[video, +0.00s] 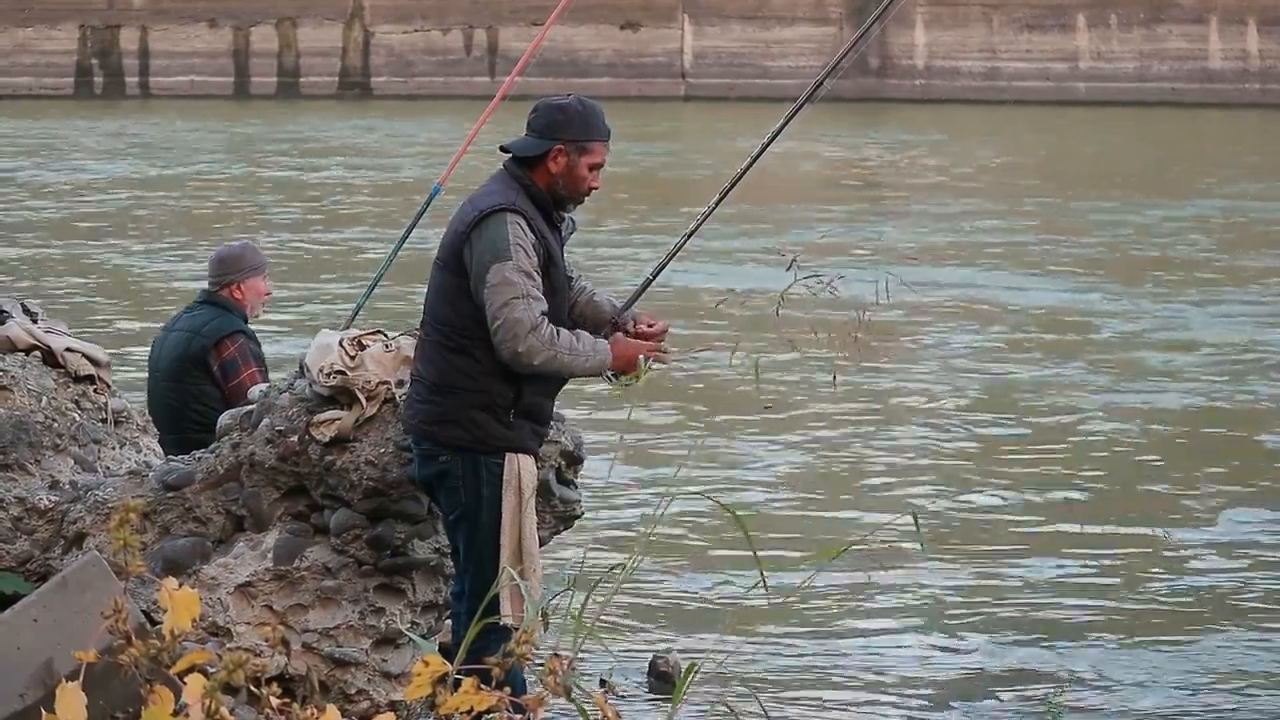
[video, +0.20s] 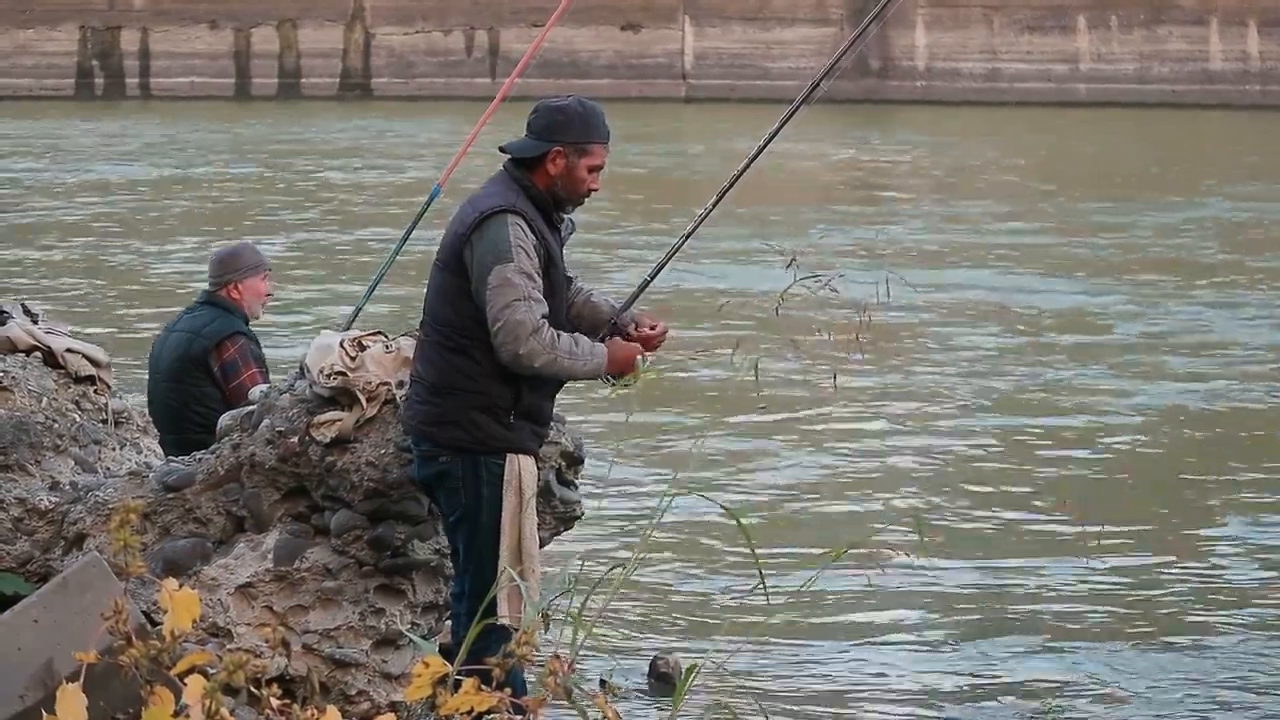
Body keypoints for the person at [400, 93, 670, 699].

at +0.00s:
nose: (598, 180)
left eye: (601, 167)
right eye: (593, 167)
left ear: (559, 159)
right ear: (555, 159)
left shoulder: (532, 216)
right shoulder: (504, 223)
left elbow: (561, 296)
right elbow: (522, 340)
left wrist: (618, 321)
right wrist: (609, 354)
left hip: (492, 433)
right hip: (468, 438)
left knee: (494, 592)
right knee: (489, 596)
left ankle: (487, 709)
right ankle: (488, 711)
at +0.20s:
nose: (598, 182)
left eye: (601, 169)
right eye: (592, 169)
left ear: (560, 161)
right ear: (554, 161)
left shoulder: (533, 217)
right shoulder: (504, 224)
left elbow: (560, 299)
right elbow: (520, 341)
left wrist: (619, 322)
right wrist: (603, 356)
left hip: (492, 435)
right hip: (467, 440)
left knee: (494, 593)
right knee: (489, 598)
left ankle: (485, 710)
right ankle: (484, 712)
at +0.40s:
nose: (597, 182)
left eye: (601, 169)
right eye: (593, 168)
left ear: (559, 159)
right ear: (555, 159)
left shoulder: (532, 217)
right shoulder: (505, 223)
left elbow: (557, 300)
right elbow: (508, 337)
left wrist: (621, 324)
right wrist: (595, 360)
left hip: (492, 436)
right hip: (468, 441)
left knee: (498, 593)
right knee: (490, 598)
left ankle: (492, 709)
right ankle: (486, 712)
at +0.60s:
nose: (598, 182)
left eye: (601, 169)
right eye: (592, 169)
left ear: (560, 160)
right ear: (554, 161)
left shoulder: (533, 217)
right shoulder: (506, 223)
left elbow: (554, 303)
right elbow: (503, 337)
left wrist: (623, 328)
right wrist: (594, 372)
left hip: (494, 437)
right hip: (469, 442)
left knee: (497, 595)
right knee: (490, 600)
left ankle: (489, 711)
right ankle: (484, 713)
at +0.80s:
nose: (598, 183)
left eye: (601, 170)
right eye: (593, 170)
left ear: (559, 161)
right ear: (556, 162)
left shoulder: (531, 215)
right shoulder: (507, 224)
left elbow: (551, 300)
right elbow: (506, 340)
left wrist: (619, 329)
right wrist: (595, 397)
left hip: (491, 434)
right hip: (469, 440)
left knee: (496, 593)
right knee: (490, 598)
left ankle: (489, 712)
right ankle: (482, 714)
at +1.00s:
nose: (599, 184)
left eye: (602, 171)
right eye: (594, 171)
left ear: (560, 161)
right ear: (558, 162)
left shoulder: (530, 215)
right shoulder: (508, 225)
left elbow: (552, 299)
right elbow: (507, 339)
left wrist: (621, 331)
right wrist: (590, 402)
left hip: (489, 437)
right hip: (468, 443)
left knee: (494, 595)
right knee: (490, 600)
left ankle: (486, 710)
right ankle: (485, 712)